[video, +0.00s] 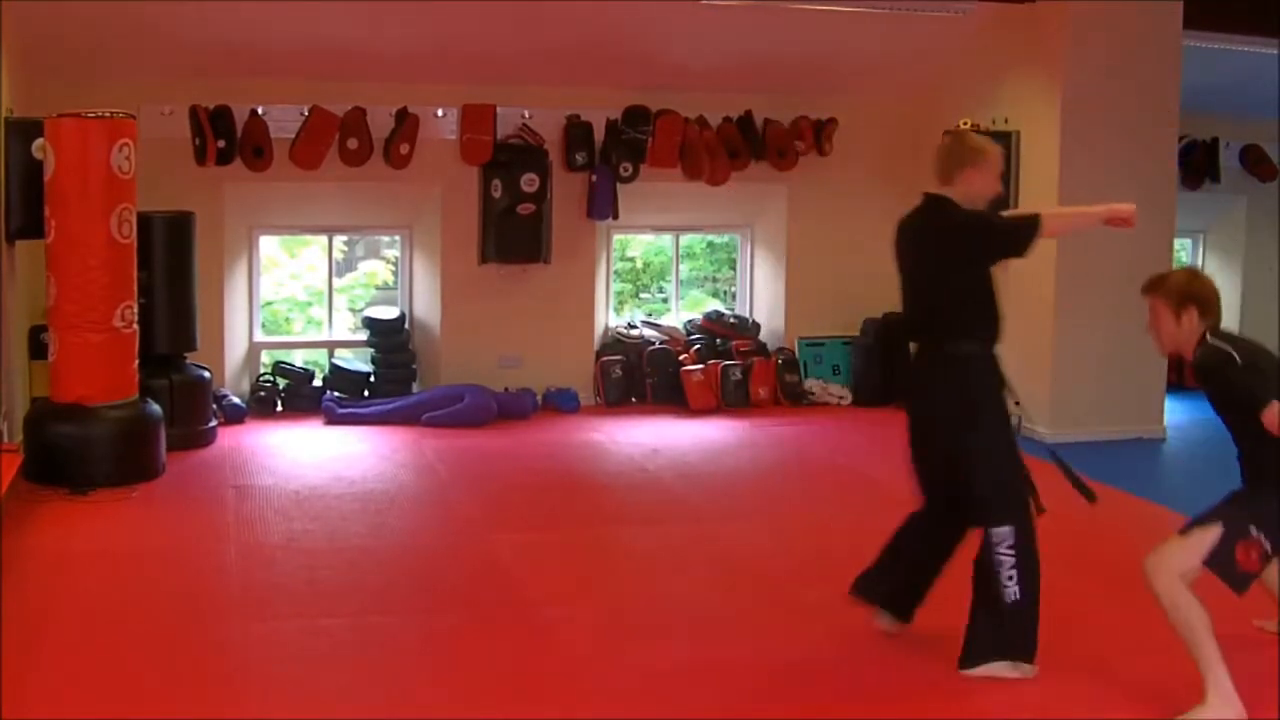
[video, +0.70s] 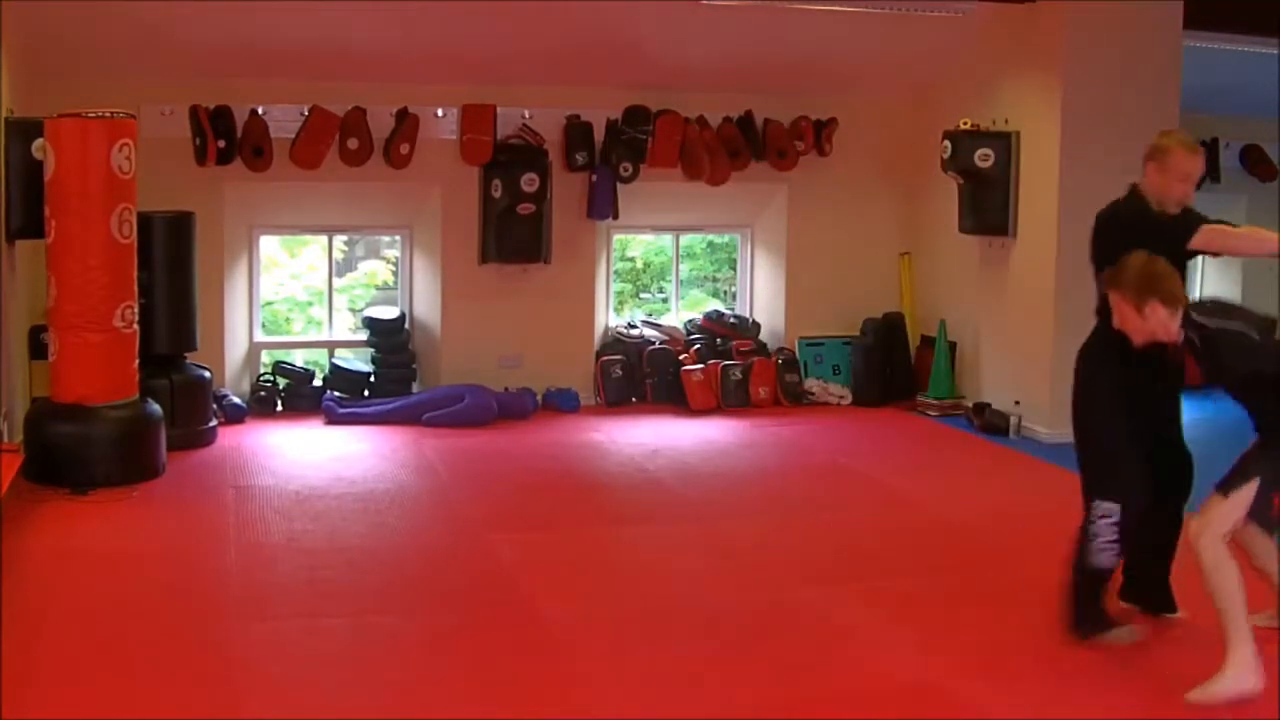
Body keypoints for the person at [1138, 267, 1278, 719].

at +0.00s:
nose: (1150, 326)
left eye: (1156, 315)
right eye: (1149, 316)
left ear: (1189, 316)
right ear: (1190, 317)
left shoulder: (1218, 359)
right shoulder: (1226, 350)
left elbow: (1274, 415)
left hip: (1267, 498)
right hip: (1265, 493)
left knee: (1163, 568)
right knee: (1256, 549)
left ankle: (1222, 697)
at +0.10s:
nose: (1144, 343)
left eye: (1149, 331)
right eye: (1143, 332)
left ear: (1185, 334)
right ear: (1185, 334)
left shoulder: (1235, 382)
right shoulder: (1218, 372)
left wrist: (1256, 538)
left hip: (1267, 515)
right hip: (1260, 505)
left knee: (1163, 572)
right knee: (1245, 565)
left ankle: (1222, 699)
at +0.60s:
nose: (1118, 348)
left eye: (1122, 338)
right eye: (1117, 338)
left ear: (1155, 338)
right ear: (1160, 332)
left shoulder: (1224, 372)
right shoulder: (1203, 346)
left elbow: (1270, 452)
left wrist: (1230, 520)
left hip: (1272, 467)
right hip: (1263, 461)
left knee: (1196, 560)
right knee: (1222, 537)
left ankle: (1220, 696)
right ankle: (1277, 599)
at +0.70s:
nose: (1114, 321)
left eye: (1118, 310)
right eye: (1112, 311)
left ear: (1148, 309)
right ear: (1156, 306)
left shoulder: (1218, 346)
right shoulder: (1197, 333)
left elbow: (1271, 427)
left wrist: (1235, 488)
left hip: (1275, 437)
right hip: (1270, 433)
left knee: (1206, 532)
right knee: (1247, 526)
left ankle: (1242, 664)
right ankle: (1279, 605)